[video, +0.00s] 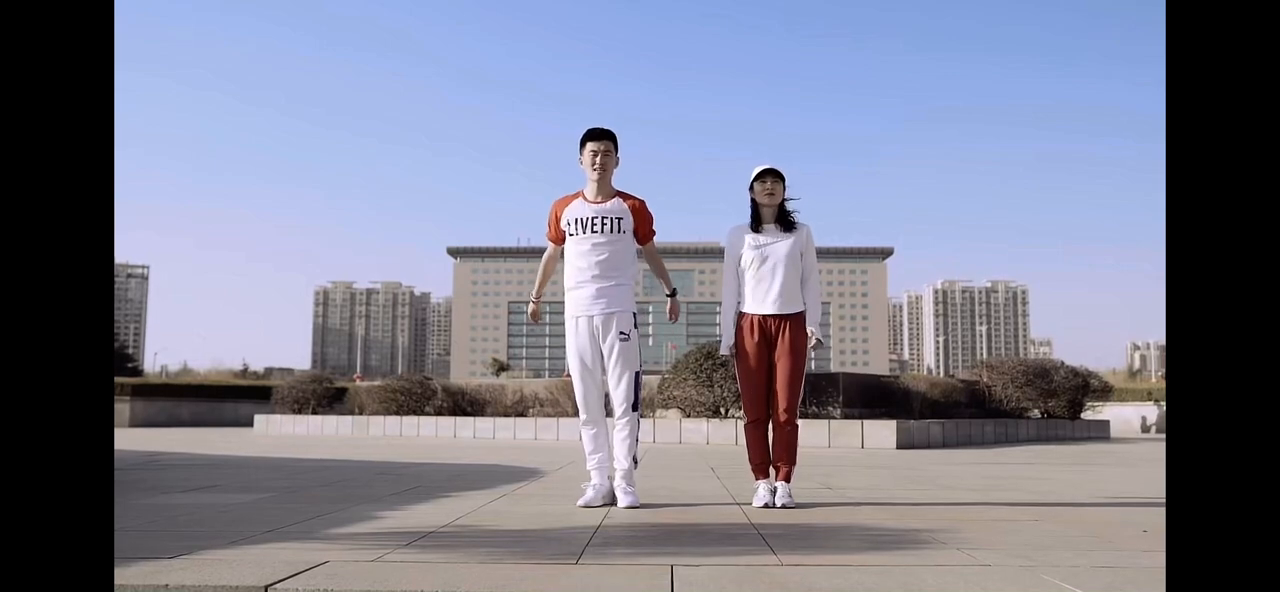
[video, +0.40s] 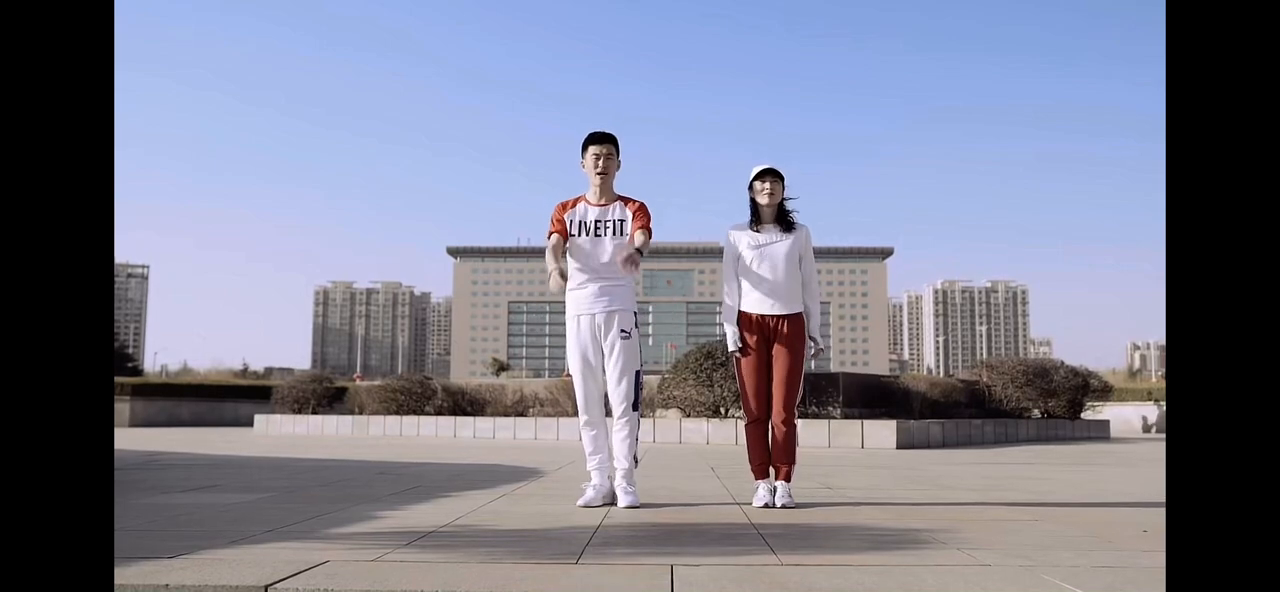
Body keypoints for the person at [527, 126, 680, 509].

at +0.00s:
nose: (599, 159)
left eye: (606, 153)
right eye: (593, 153)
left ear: (616, 160)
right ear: (581, 160)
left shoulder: (633, 206)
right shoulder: (563, 208)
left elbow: (650, 251)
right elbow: (552, 253)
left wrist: (671, 291)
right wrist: (535, 295)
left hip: (619, 313)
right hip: (578, 315)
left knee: (624, 401)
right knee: (588, 404)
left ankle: (625, 482)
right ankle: (599, 482)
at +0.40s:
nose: (601, 161)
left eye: (608, 156)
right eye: (595, 156)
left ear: (618, 164)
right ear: (584, 164)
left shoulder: (633, 208)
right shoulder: (566, 209)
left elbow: (642, 232)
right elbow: (554, 243)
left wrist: (634, 248)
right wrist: (554, 266)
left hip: (620, 313)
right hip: (579, 314)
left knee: (623, 402)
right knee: (588, 404)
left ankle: (624, 483)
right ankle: (598, 483)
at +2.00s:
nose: (601, 169)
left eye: (608, 163)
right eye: (594, 163)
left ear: (616, 169)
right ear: (582, 169)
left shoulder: (630, 214)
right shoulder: (563, 215)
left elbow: (641, 260)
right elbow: (551, 259)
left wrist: (644, 306)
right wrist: (574, 272)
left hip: (617, 313)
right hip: (576, 315)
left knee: (620, 398)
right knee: (587, 402)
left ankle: (630, 481)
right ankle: (600, 482)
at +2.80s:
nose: (600, 161)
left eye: (606, 155)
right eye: (593, 155)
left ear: (615, 161)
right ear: (580, 162)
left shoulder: (632, 209)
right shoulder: (560, 207)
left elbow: (645, 261)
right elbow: (542, 257)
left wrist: (641, 261)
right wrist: (523, 305)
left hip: (618, 307)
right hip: (576, 311)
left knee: (627, 386)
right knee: (584, 399)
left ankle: (633, 454)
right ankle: (598, 479)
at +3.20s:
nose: (597, 147)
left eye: (604, 142)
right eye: (591, 142)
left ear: (615, 151)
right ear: (580, 151)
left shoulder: (632, 196)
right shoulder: (564, 200)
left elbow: (642, 247)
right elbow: (561, 256)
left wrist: (648, 288)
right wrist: (559, 306)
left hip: (621, 300)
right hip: (582, 303)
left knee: (624, 371)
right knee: (593, 393)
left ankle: (631, 436)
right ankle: (603, 471)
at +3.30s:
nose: (602, 163)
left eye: (610, 157)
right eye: (596, 158)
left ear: (622, 167)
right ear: (587, 167)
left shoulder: (638, 216)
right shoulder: (568, 212)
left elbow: (645, 267)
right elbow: (556, 256)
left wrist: (650, 309)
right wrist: (557, 271)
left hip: (625, 306)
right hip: (585, 311)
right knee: (596, 401)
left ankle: (624, 392)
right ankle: (617, 478)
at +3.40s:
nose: (606, 162)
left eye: (614, 157)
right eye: (600, 157)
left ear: (626, 166)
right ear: (590, 165)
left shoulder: (641, 215)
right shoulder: (570, 208)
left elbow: (644, 259)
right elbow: (546, 257)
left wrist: (650, 294)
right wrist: (556, 244)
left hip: (626, 302)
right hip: (586, 307)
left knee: (613, 309)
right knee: (596, 396)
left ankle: (620, 400)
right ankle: (617, 478)